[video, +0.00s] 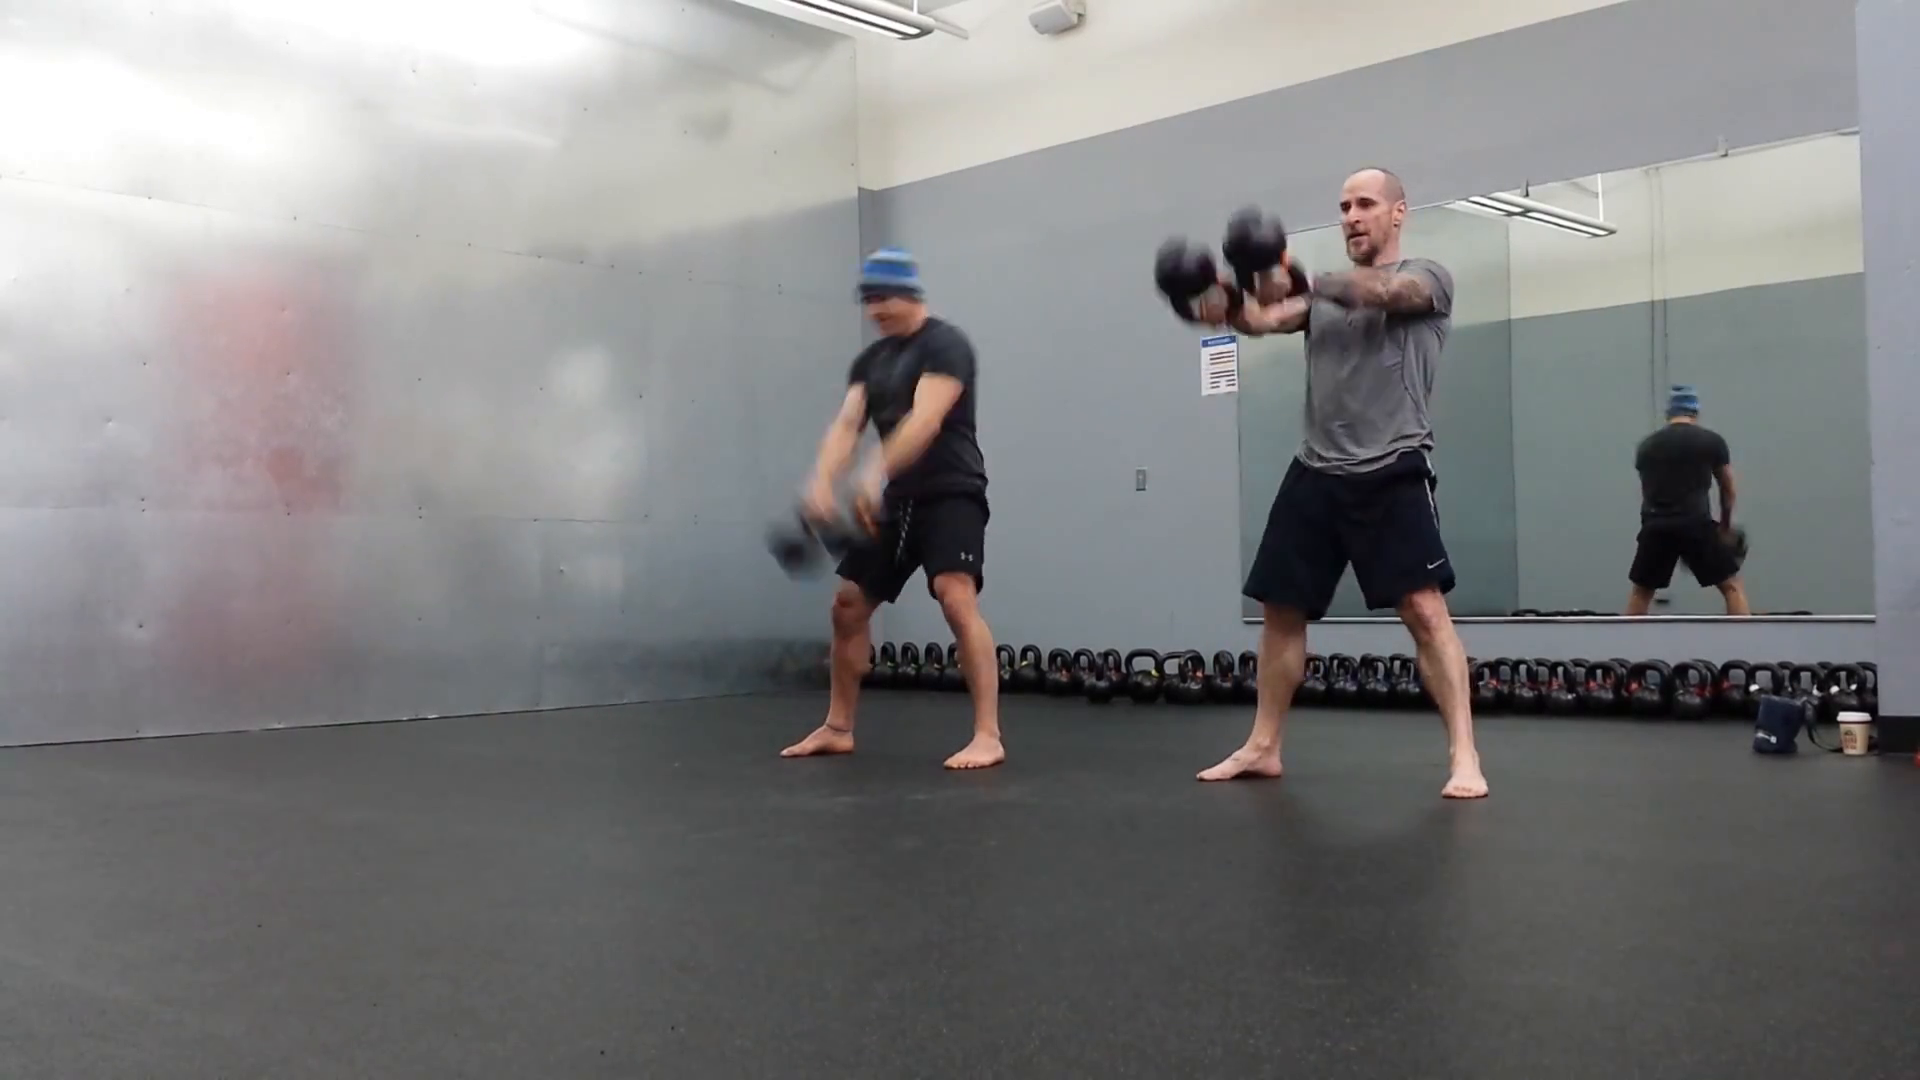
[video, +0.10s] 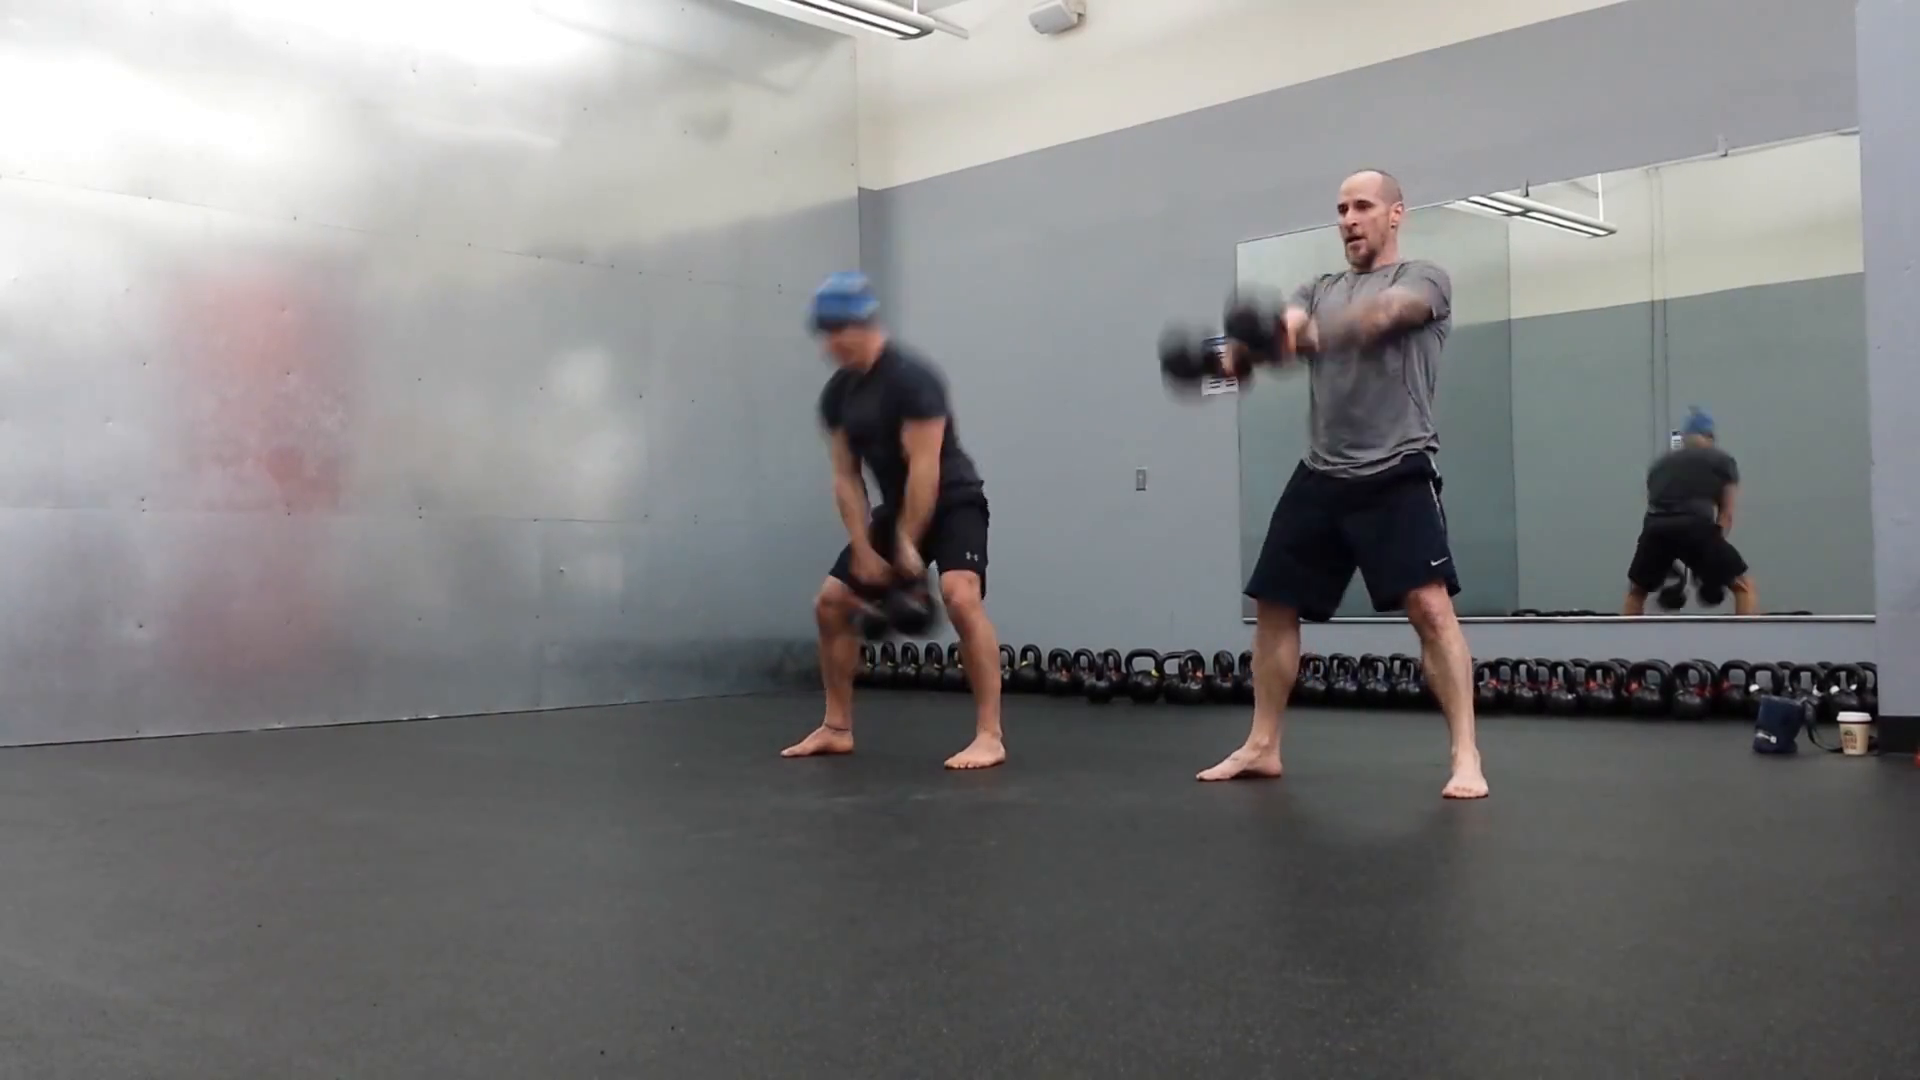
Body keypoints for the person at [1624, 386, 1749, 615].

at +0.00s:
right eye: (1693, 413)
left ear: (1669, 413)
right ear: (1695, 414)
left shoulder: (1647, 445)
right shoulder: (1711, 442)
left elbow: (1647, 492)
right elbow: (1727, 488)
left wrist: (1651, 524)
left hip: (1656, 529)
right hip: (1698, 528)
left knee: (1640, 595)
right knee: (1731, 589)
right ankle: (1747, 646)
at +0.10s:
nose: (1706, 442)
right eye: (1709, 438)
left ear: (1682, 437)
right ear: (1710, 438)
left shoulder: (1660, 462)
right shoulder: (1721, 461)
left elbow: (1656, 511)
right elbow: (1726, 515)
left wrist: (1666, 565)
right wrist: (1708, 564)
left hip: (1656, 531)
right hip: (1698, 531)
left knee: (1636, 594)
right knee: (1742, 587)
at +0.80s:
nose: (1682, 408)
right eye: (1680, 404)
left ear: (1654, 409)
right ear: (1680, 406)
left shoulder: (1635, 446)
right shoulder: (1696, 437)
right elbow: (1727, 461)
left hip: (1662, 530)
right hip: (1702, 526)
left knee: (1647, 598)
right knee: (1727, 591)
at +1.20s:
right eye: (1706, 406)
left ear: (1680, 408)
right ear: (1709, 407)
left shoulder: (1662, 433)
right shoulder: (1717, 428)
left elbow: (1654, 392)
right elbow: (1727, 381)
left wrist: (1657, 356)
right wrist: (1719, 340)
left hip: (1673, 524)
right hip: (1712, 522)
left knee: (1653, 596)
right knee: (1729, 592)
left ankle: (1616, 646)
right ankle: (1749, 653)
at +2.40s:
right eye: (1689, 403)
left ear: (1662, 407)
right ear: (1689, 405)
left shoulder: (1648, 446)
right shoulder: (1707, 438)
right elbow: (1745, 456)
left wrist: (1649, 433)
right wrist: (1733, 424)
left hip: (1668, 529)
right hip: (1707, 526)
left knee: (1651, 596)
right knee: (1727, 592)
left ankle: (1622, 647)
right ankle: (1746, 647)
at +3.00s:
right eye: (1694, 403)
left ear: (1666, 407)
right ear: (1695, 405)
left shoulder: (1648, 446)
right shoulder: (1713, 439)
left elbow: (1656, 483)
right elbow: (1734, 475)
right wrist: (1729, 438)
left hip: (1669, 530)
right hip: (1709, 527)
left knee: (1651, 595)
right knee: (1728, 591)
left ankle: (1623, 647)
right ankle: (1746, 647)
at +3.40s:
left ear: (1673, 424)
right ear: (1700, 425)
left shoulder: (1649, 453)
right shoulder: (1714, 450)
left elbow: (1645, 497)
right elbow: (1724, 502)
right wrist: (1720, 537)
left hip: (1653, 534)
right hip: (1695, 532)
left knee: (1637, 595)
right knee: (1735, 588)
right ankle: (1750, 644)